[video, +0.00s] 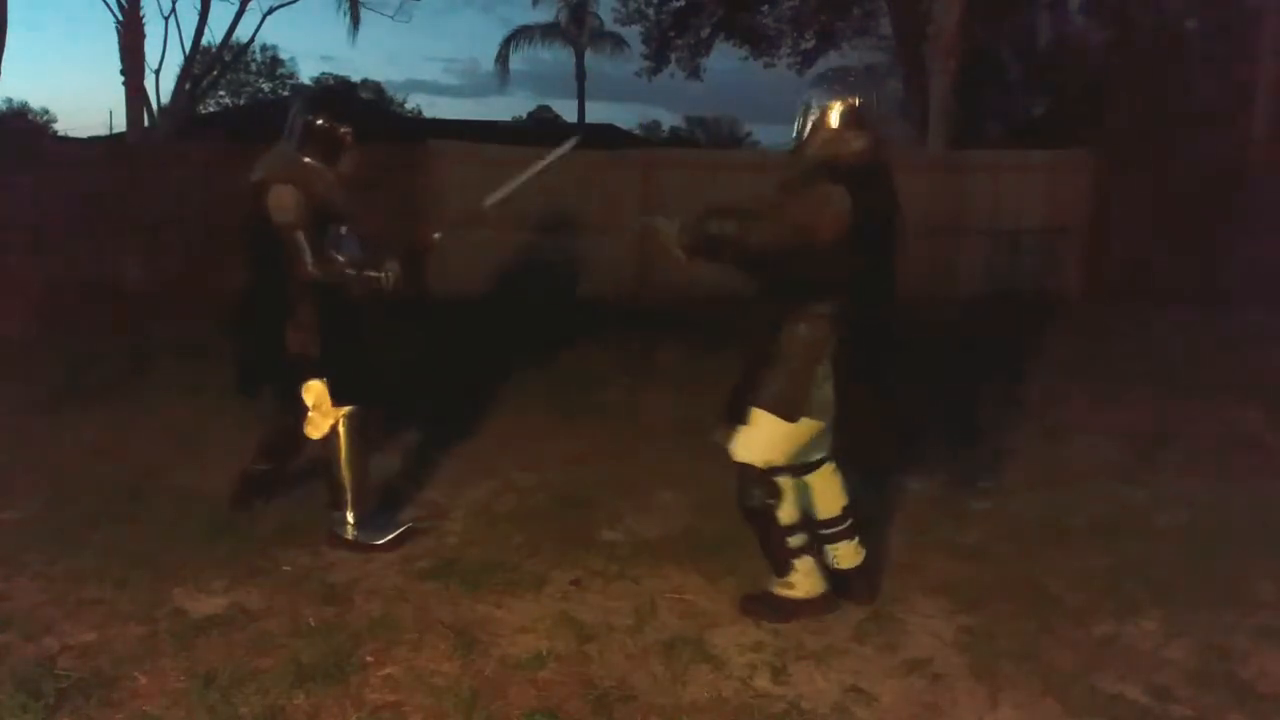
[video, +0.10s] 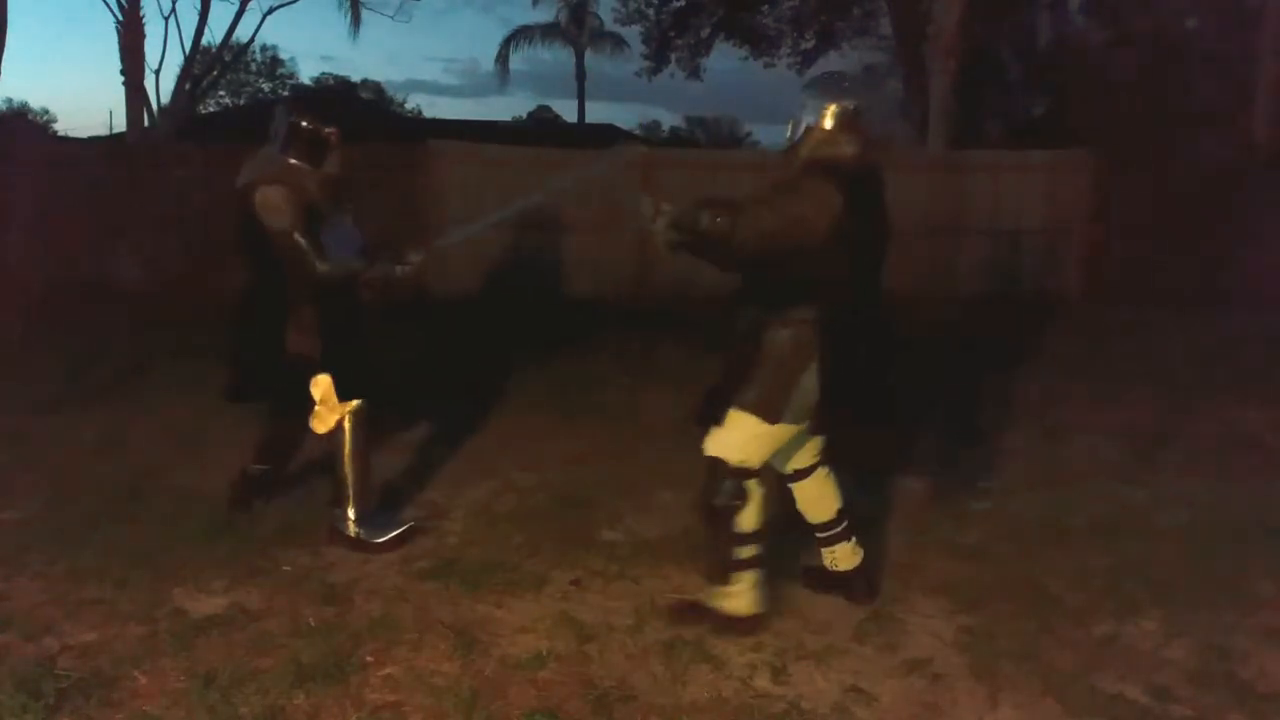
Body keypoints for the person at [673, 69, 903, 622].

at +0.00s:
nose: (806, 136)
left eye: (818, 125)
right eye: (812, 125)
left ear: (846, 134)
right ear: (854, 136)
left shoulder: (838, 190)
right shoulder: (861, 184)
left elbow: (785, 244)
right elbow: (785, 233)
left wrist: (706, 237)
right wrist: (722, 229)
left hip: (813, 339)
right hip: (836, 335)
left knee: (756, 463)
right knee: (812, 453)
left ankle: (802, 584)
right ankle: (847, 563)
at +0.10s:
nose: (795, 147)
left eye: (803, 137)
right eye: (802, 137)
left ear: (818, 140)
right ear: (851, 143)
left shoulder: (824, 190)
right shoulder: (852, 188)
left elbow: (760, 236)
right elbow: (765, 229)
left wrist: (691, 225)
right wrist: (702, 222)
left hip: (799, 337)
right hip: (827, 335)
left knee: (732, 455)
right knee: (800, 455)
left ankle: (736, 597)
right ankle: (843, 567)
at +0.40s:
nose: (751, 145)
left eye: (763, 133)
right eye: (760, 133)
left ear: (782, 141)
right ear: (788, 142)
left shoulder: (779, 202)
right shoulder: (782, 191)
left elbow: (711, 263)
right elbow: (708, 238)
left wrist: (635, 268)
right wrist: (633, 230)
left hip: (735, 348)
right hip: (760, 342)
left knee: (666, 477)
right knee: (748, 463)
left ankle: (681, 613)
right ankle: (829, 552)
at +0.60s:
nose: (711, 132)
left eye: (719, 120)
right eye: (718, 120)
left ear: (733, 125)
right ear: (769, 129)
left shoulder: (736, 193)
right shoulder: (773, 183)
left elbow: (673, 257)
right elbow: (678, 212)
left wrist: (600, 239)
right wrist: (610, 198)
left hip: (710, 345)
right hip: (746, 337)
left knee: (661, 486)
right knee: (708, 442)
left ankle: (678, 612)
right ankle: (743, 526)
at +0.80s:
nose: (695, 132)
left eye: (706, 122)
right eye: (700, 121)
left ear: (724, 125)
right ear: (743, 126)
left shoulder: (731, 188)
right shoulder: (726, 178)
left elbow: (658, 246)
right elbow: (645, 171)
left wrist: (596, 211)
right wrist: (577, 147)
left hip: (706, 341)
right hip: (694, 335)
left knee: (666, 475)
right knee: (667, 464)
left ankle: (681, 607)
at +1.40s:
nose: (693, 125)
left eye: (702, 115)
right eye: (698, 115)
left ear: (722, 119)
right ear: (751, 122)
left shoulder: (725, 185)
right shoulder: (746, 179)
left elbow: (673, 244)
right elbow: (671, 226)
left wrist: (597, 238)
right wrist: (602, 224)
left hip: (698, 345)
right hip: (711, 340)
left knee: (659, 475)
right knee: (673, 470)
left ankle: (682, 609)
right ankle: (684, 603)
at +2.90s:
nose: (739, 128)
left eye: (747, 117)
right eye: (745, 117)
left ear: (762, 120)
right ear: (804, 121)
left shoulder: (765, 187)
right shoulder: (814, 183)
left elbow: (706, 257)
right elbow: (727, 246)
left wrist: (633, 254)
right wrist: (662, 236)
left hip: (747, 353)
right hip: (784, 345)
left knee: (728, 499)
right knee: (748, 472)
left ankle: (759, 644)